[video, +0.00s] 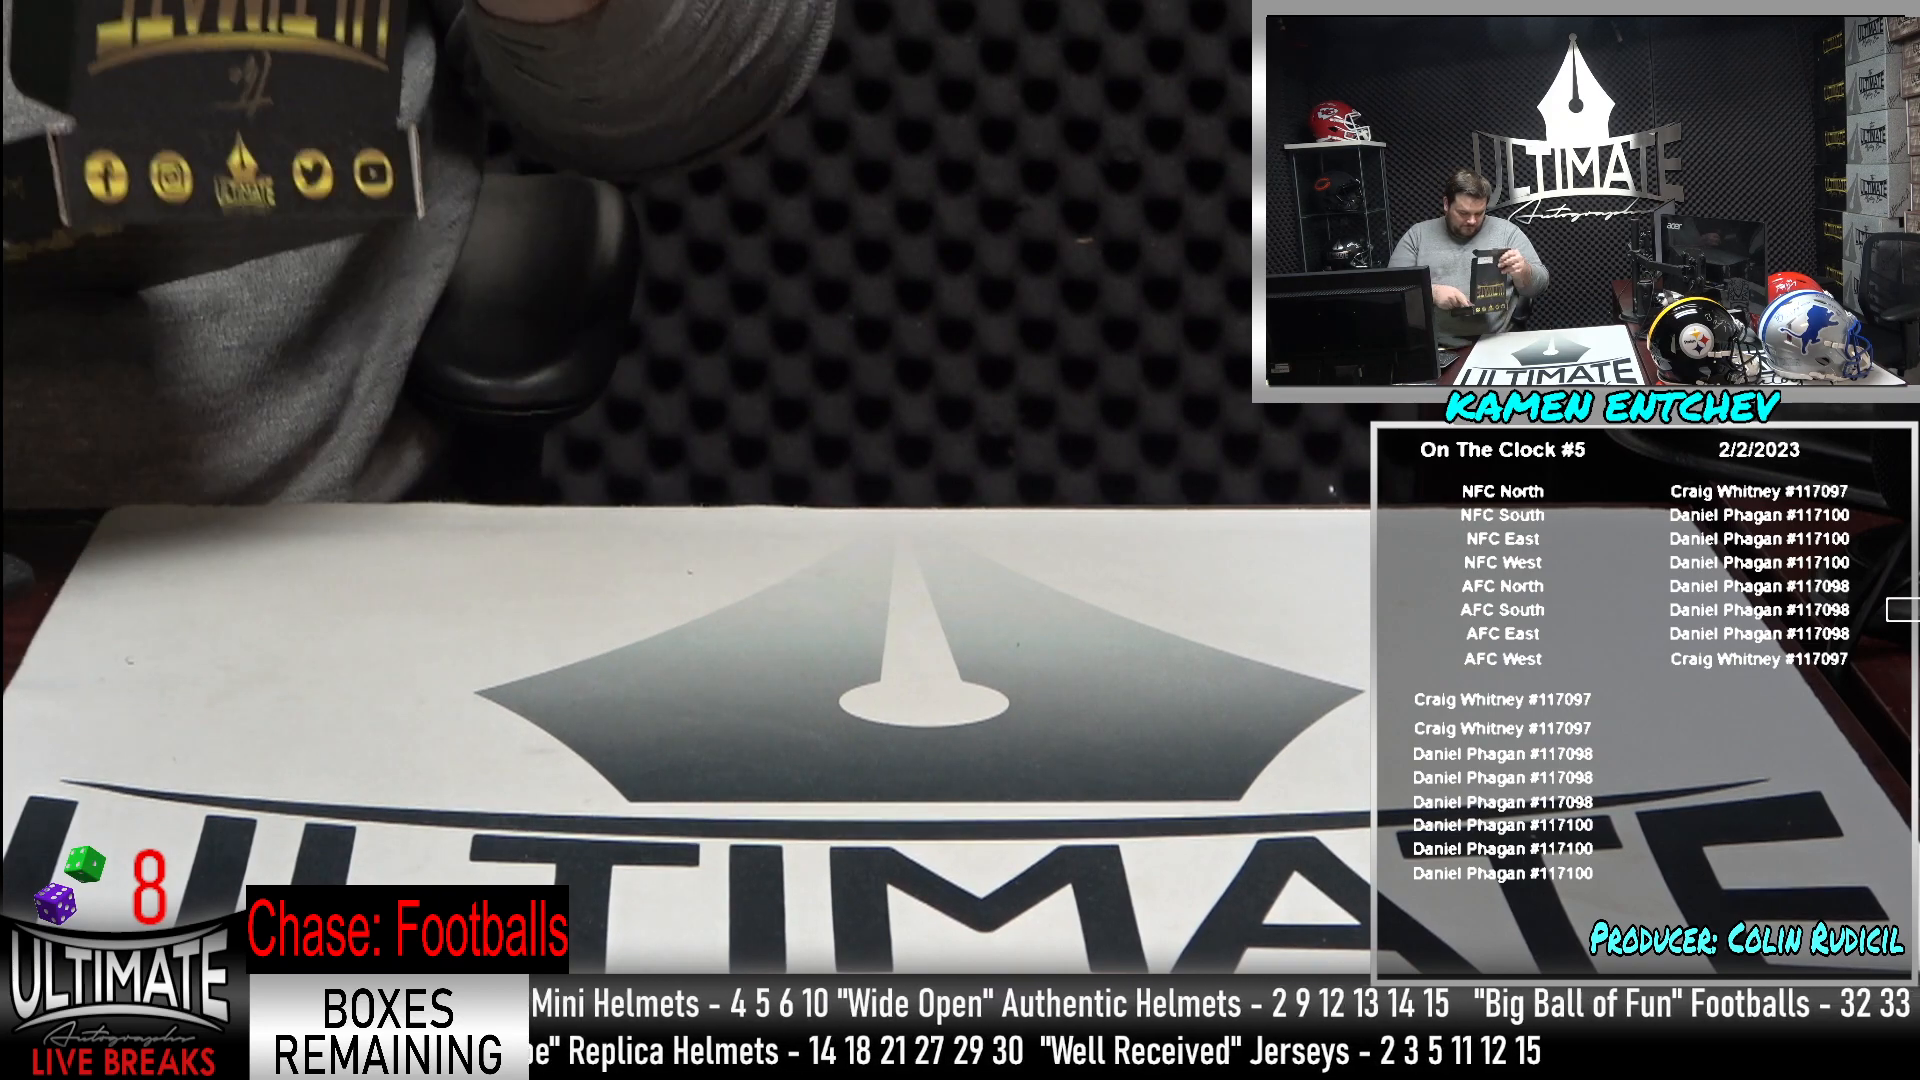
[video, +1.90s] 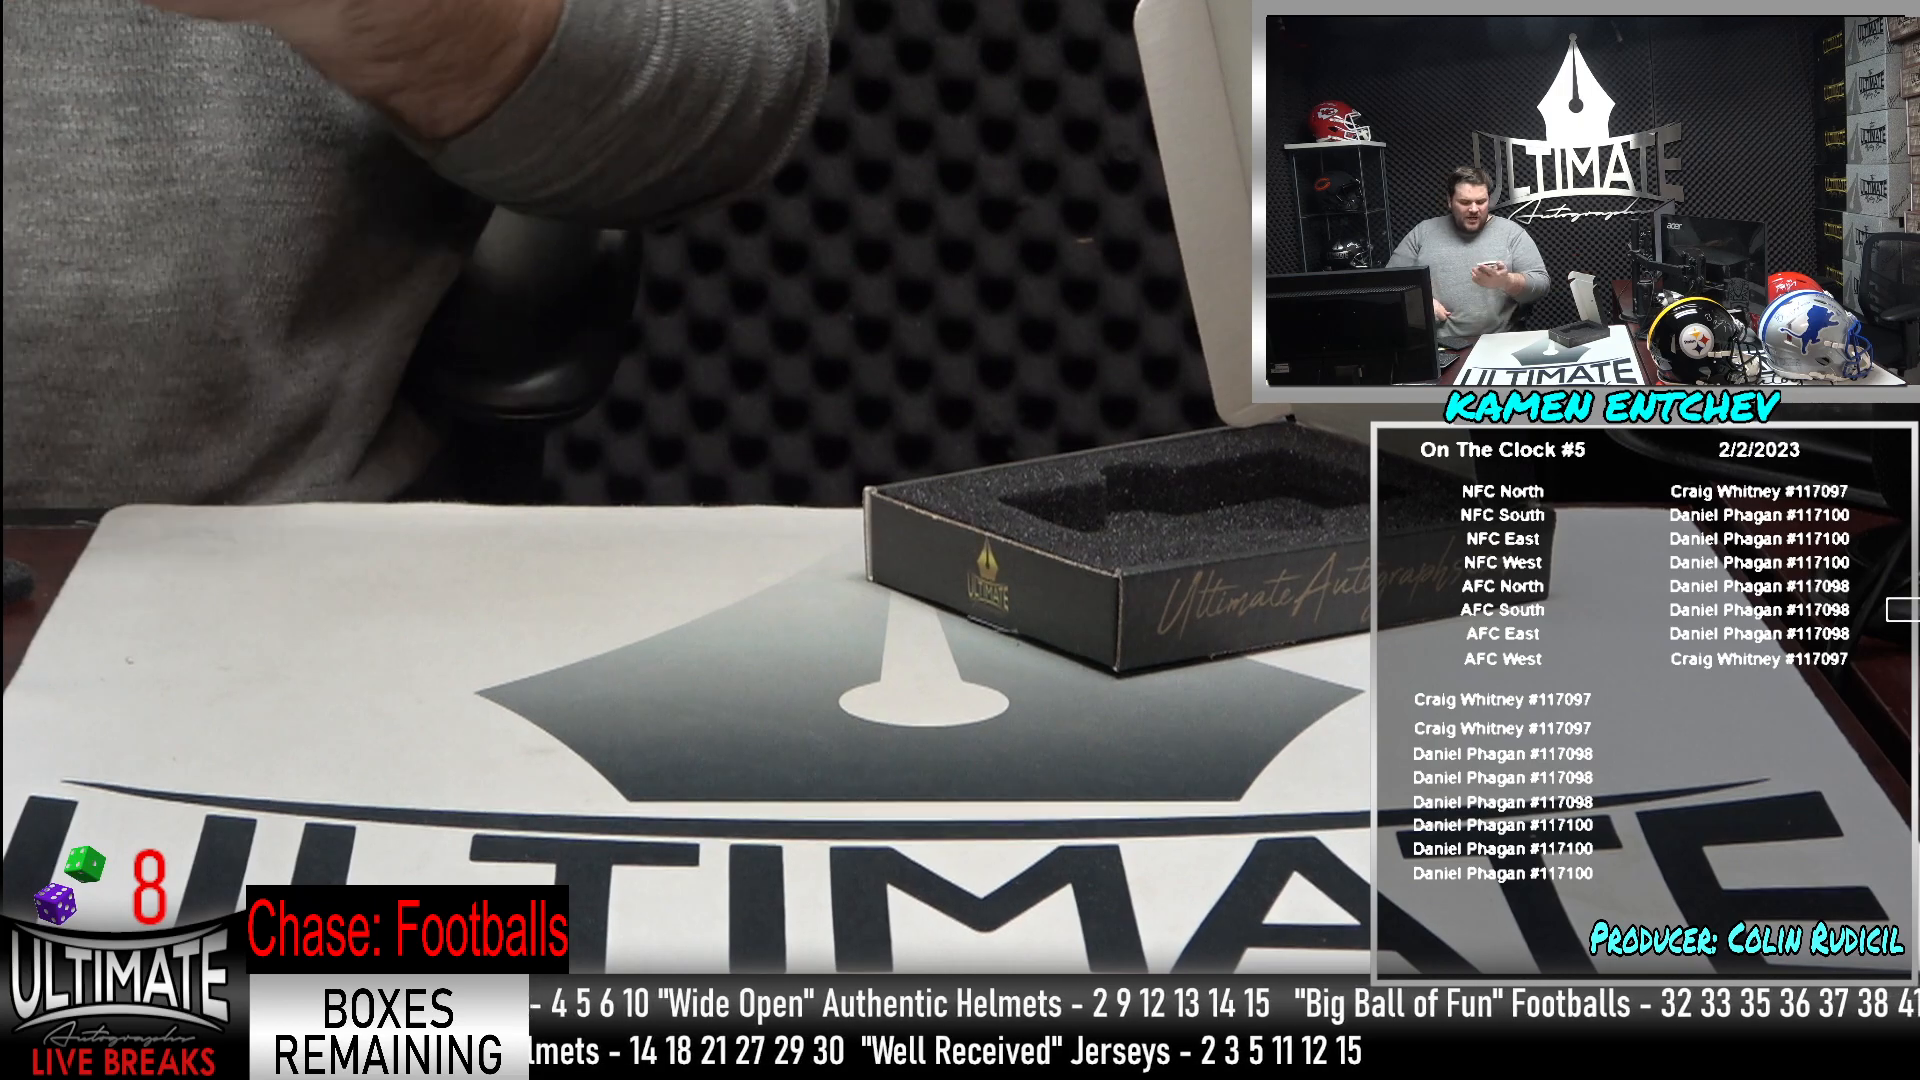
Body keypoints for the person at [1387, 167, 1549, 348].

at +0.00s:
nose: (1472, 221)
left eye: (1479, 213)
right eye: (1463, 213)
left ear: (1486, 207)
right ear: (1446, 204)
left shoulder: (1507, 233)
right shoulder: (1418, 235)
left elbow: (1538, 284)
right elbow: (1393, 285)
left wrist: (1523, 271)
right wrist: (1432, 291)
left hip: (1494, 347)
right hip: (1432, 350)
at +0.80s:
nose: (1459, 213)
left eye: (1467, 206)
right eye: (1452, 205)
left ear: (1479, 204)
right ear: (1441, 202)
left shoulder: (1507, 234)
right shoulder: (1417, 236)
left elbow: (1527, 276)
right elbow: (1391, 289)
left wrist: (1548, 272)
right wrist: (1424, 293)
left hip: (1494, 347)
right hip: (1433, 351)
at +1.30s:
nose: (1461, 209)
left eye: (1468, 200)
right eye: (1452, 202)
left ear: (1480, 199)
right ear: (1441, 203)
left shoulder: (1508, 233)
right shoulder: (1418, 235)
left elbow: (1542, 277)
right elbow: (1392, 287)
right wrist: (1428, 289)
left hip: (1496, 346)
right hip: (1434, 351)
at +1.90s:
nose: (1474, 209)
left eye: (1480, 201)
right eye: (1465, 202)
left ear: (1489, 200)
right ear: (1450, 201)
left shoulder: (1511, 234)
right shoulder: (1424, 234)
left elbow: (1541, 283)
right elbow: (1389, 280)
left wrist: (1507, 282)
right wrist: (1422, 301)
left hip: (1497, 346)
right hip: (1437, 350)